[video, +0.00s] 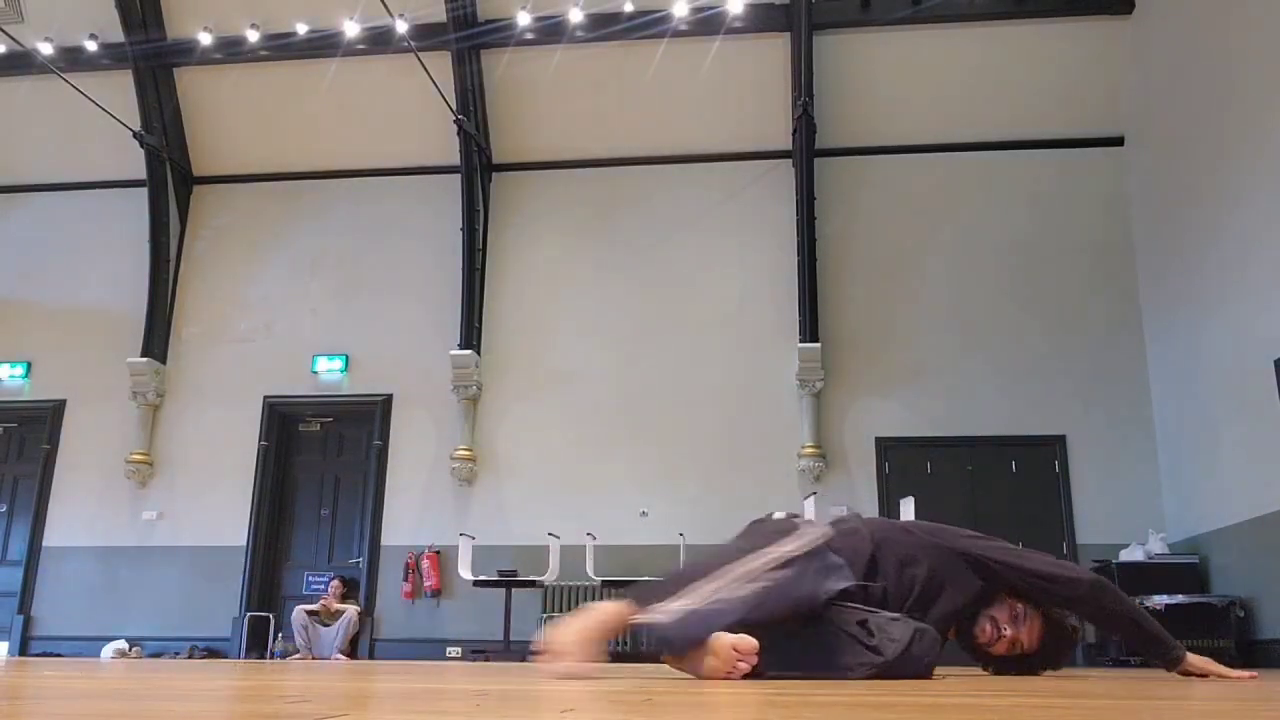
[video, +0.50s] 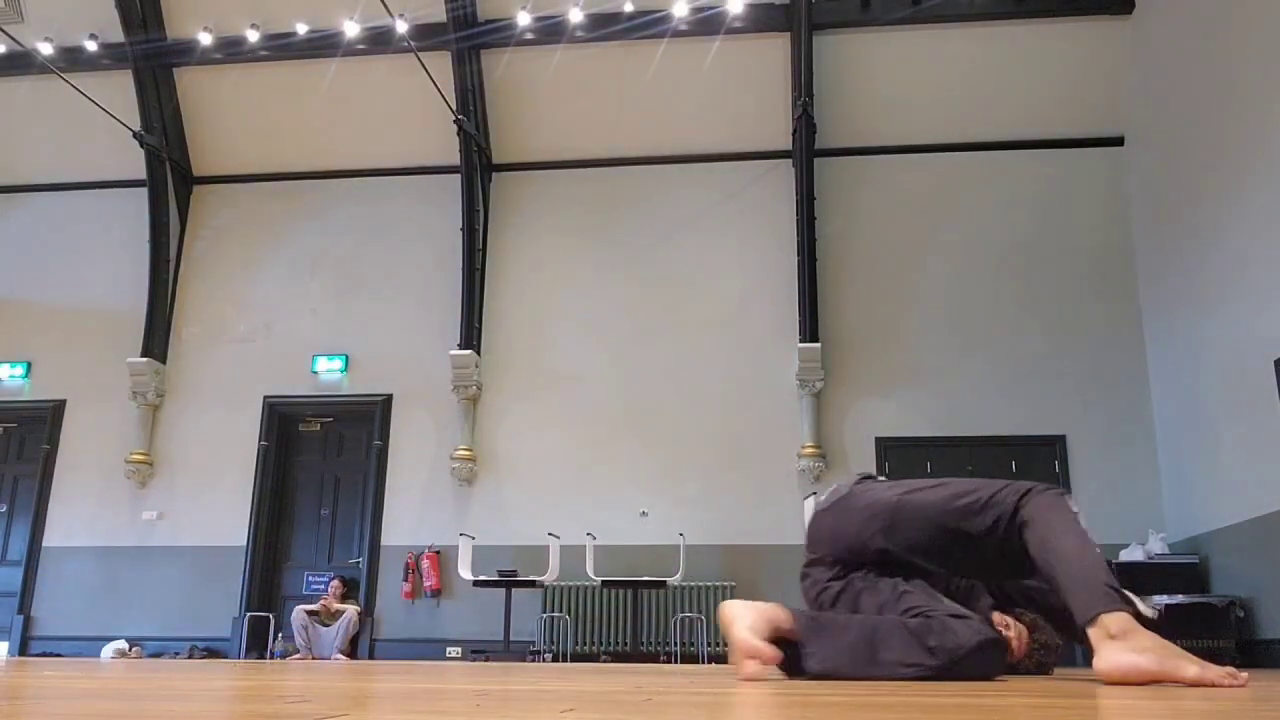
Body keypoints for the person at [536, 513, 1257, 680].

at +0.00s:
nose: (1003, 629)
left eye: (1012, 644)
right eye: (1013, 620)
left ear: (1006, 649)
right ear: (1013, 597)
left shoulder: (941, 628)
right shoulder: (984, 565)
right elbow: (1084, 589)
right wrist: (1173, 654)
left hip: (834, 608)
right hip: (841, 544)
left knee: (920, 659)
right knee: (814, 579)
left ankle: (739, 655)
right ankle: (614, 624)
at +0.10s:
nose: (1005, 629)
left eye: (1013, 646)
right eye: (1019, 620)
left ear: (1008, 661)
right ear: (1017, 599)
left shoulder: (935, 633)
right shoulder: (983, 563)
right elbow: (1085, 585)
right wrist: (1177, 648)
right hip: (786, 540)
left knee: (930, 653)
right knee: (925, 549)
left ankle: (748, 654)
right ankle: (756, 618)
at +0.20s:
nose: (1008, 637)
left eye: (1015, 650)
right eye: (1020, 625)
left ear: (1010, 656)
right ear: (1017, 598)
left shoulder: (940, 641)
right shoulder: (979, 555)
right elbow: (1084, 584)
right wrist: (1170, 646)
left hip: (769, 629)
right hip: (782, 545)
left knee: (886, 649)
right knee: (953, 522)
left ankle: (717, 644)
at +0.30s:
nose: (999, 632)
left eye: (1004, 643)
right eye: (1003, 623)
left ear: (1008, 649)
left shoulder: (949, 637)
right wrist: (1147, 642)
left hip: (798, 607)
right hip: (804, 535)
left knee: (946, 644)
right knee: (988, 501)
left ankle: (748, 639)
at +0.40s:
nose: (1010, 637)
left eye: (1017, 648)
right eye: (1018, 629)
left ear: (1010, 652)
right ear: (1013, 609)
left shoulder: (954, 634)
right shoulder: (986, 576)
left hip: (816, 594)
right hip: (825, 527)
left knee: (959, 646)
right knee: (1017, 498)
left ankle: (752, 632)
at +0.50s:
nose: (1019, 637)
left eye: (1026, 646)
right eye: (1024, 630)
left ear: (1023, 647)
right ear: (1017, 611)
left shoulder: (973, 629)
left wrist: (1014, 646)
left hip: (831, 589)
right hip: (846, 518)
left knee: (976, 649)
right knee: (1036, 498)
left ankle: (772, 627)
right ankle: (1116, 631)